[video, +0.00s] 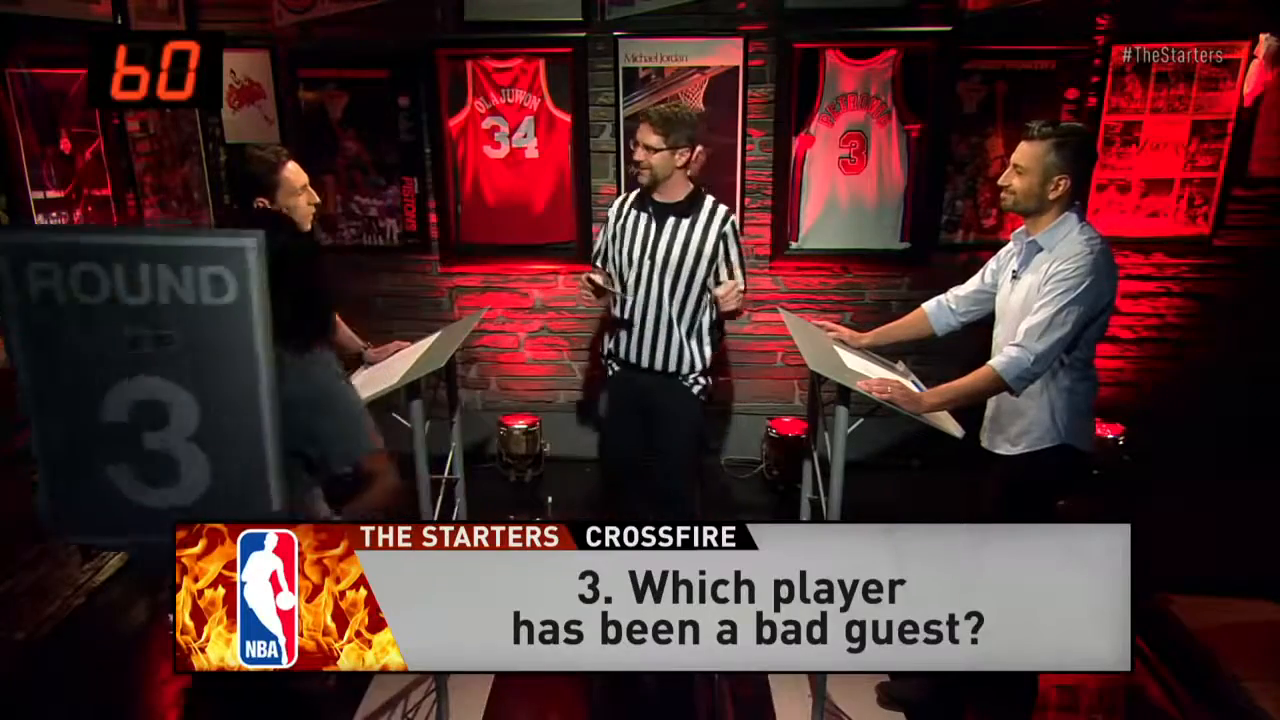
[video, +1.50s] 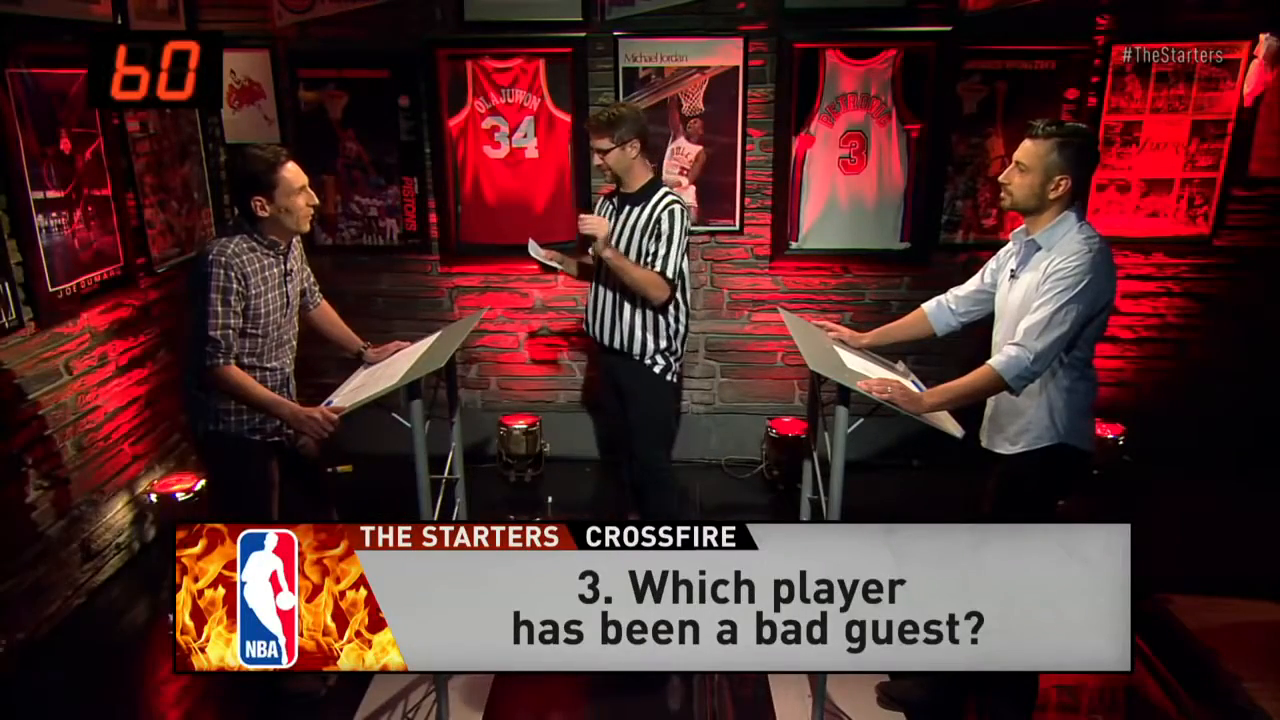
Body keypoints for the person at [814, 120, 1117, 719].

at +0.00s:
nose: (1003, 178)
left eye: (1018, 171)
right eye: (1008, 166)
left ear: (1057, 189)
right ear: (1045, 186)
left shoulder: (1084, 260)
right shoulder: (1025, 244)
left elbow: (1024, 360)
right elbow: (954, 306)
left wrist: (927, 398)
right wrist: (868, 339)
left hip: (1043, 446)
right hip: (1001, 433)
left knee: (1007, 579)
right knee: (973, 563)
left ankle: (996, 704)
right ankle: (939, 683)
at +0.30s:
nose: (1004, 178)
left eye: (1018, 171)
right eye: (1008, 166)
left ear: (1058, 188)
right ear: (1045, 185)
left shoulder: (1084, 260)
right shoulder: (1026, 243)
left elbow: (1024, 360)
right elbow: (954, 306)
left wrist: (927, 398)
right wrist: (868, 339)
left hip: (1043, 446)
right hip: (1001, 433)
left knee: (1007, 579)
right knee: (973, 563)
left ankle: (997, 704)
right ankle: (939, 683)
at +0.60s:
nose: (1004, 177)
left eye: (1019, 170)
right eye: (1009, 165)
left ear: (1058, 188)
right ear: (1046, 186)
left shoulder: (1084, 259)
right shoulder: (1026, 243)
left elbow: (1024, 359)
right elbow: (955, 306)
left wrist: (928, 398)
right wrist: (868, 339)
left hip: (1044, 446)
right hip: (1002, 433)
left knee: (1005, 578)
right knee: (976, 562)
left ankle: (998, 704)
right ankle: (941, 683)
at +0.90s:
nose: (1004, 177)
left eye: (1018, 169)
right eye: (1009, 165)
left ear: (1057, 188)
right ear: (1046, 185)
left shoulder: (1083, 258)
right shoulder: (1025, 244)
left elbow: (1024, 359)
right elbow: (955, 306)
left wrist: (928, 398)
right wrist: (868, 339)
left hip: (1044, 445)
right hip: (1002, 433)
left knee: (1006, 578)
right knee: (976, 562)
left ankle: (998, 705)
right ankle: (941, 683)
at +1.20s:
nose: (1004, 175)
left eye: (1019, 169)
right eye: (1009, 164)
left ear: (1057, 188)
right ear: (1046, 185)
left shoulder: (1082, 259)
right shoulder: (1026, 243)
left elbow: (1023, 359)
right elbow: (955, 306)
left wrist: (928, 398)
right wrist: (868, 339)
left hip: (1043, 445)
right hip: (1003, 432)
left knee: (1005, 579)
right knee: (977, 565)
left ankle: (1001, 705)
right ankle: (942, 684)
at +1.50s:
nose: (1005, 175)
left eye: (1020, 169)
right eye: (1010, 164)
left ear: (1058, 188)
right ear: (1047, 185)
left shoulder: (1083, 259)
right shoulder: (1025, 243)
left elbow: (1023, 360)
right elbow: (955, 306)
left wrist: (927, 398)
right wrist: (868, 339)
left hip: (1043, 446)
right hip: (1003, 434)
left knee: (1007, 580)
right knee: (979, 565)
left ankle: (1000, 705)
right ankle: (942, 684)